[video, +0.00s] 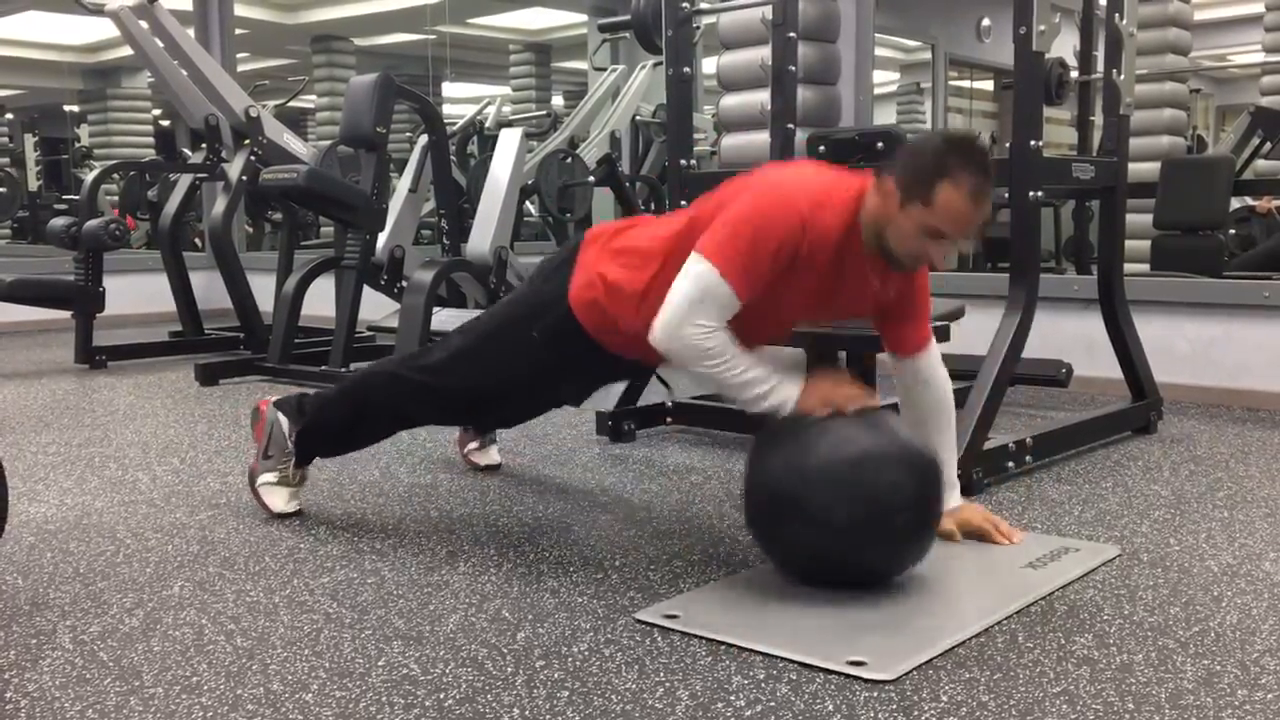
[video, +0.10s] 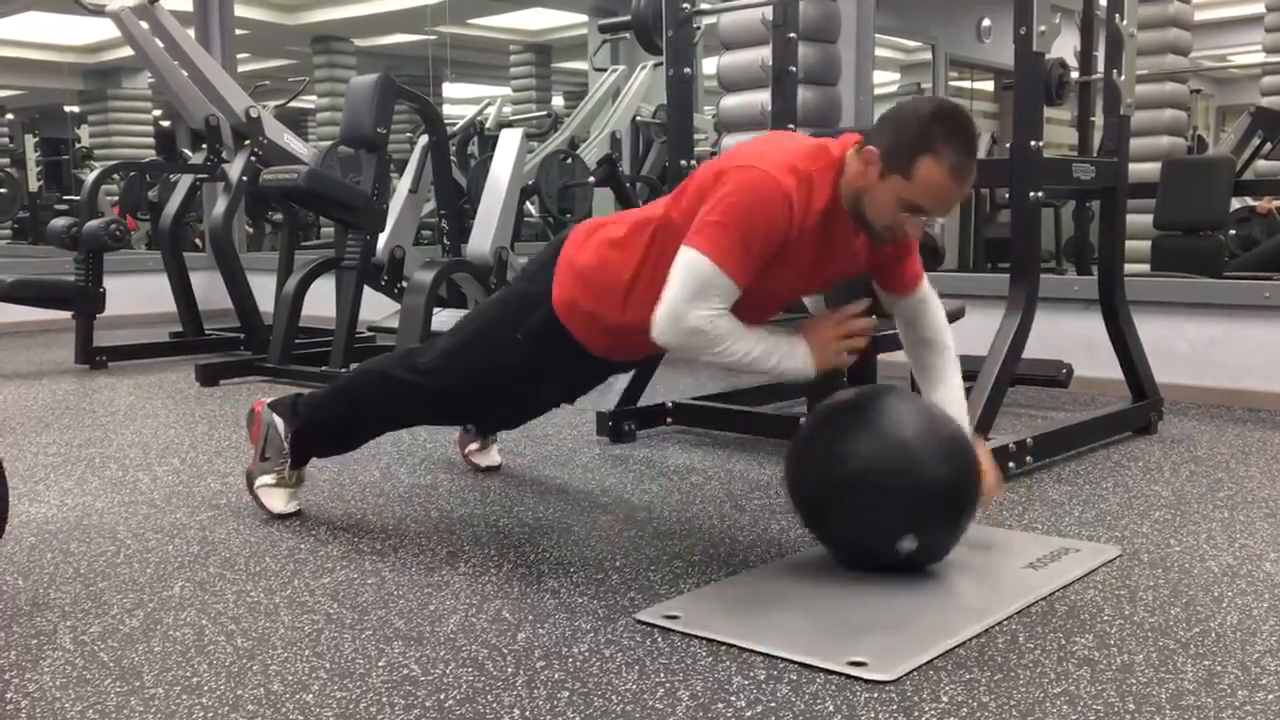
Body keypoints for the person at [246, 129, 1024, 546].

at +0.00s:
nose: (938, 259)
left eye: (954, 247)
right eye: (933, 237)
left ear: (955, 232)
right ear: (889, 192)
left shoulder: (901, 268)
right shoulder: (784, 209)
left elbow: (922, 378)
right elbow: (675, 333)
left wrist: (946, 494)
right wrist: (792, 396)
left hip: (645, 335)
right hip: (593, 291)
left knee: (514, 387)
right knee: (454, 378)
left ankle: (468, 418)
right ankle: (292, 427)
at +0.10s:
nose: (919, 230)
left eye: (933, 218)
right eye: (915, 209)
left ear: (935, 198)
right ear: (871, 161)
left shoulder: (888, 222)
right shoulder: (770, 186)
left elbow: (929, 342)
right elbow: (677, 324)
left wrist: (957, 439)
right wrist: (799, 354)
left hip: (636, 326)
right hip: (579, 289)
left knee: (531, 392)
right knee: (443, 381)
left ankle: (475, 423)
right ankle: (286, 427)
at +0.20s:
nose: (914, 267)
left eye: (930, 257)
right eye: (909, 247)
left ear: (916, 216)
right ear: (869, 199)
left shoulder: (874, 202)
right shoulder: (764, 220)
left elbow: (899, 271)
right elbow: (654, 352)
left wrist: (923, 348)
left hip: (628, 343)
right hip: (573, 318)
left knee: (518, 392)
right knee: (438, 393)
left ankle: (465, 424)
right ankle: (285, 425)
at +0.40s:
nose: (943, 496)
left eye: (961, 485)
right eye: (941, 480)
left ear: (931, 413)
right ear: (900, 434)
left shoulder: (902, 351)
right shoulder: (793, 412)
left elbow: (897, 285)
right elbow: (657, 469)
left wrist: (878, 383)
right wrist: (687, 607)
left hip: (637, 373)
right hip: (586, 428)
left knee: (498, 413)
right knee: (441, 452)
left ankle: (472, 387)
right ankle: (287, 427)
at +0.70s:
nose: (960, 556)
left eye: (979, 549)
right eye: (963, 542)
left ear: (962, 450)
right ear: (926, 484)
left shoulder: (917, 385)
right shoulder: (821, 445)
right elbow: (680, 475)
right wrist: (690, 607)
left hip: (681, 417)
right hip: (619, 468)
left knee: (586, 425)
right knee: (460, 474)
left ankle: (498, 398)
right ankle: (309, 426)